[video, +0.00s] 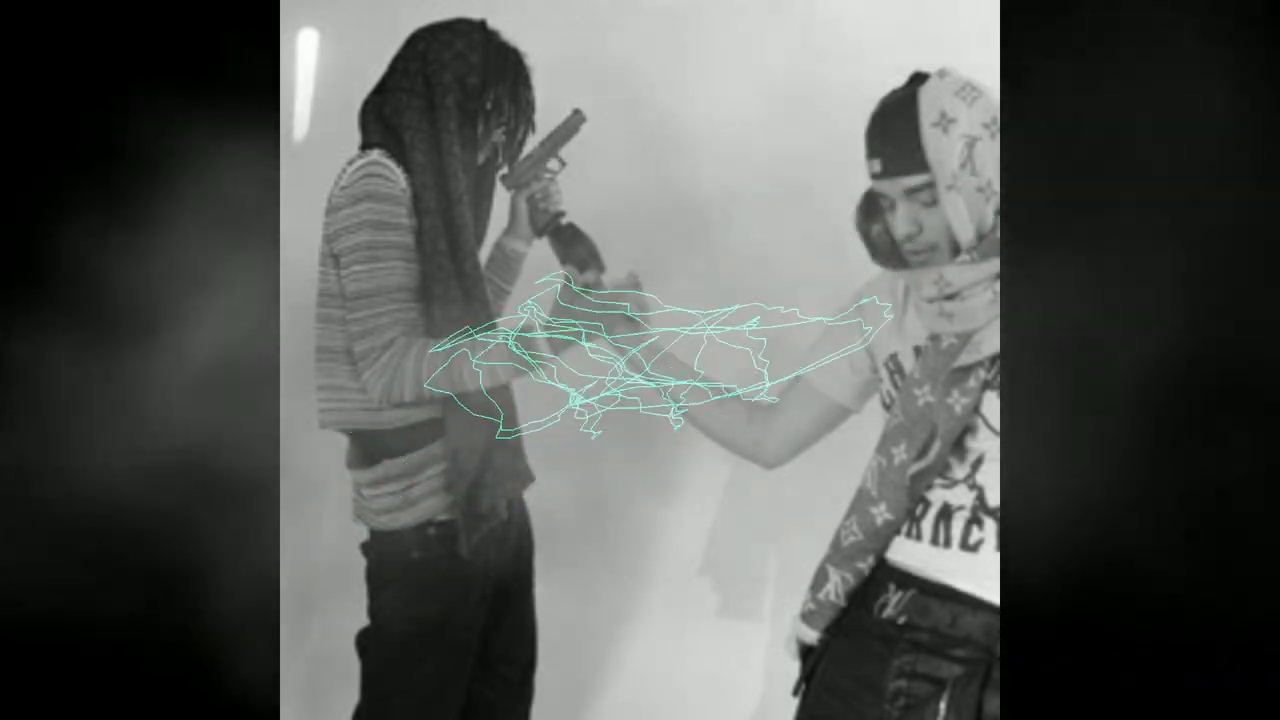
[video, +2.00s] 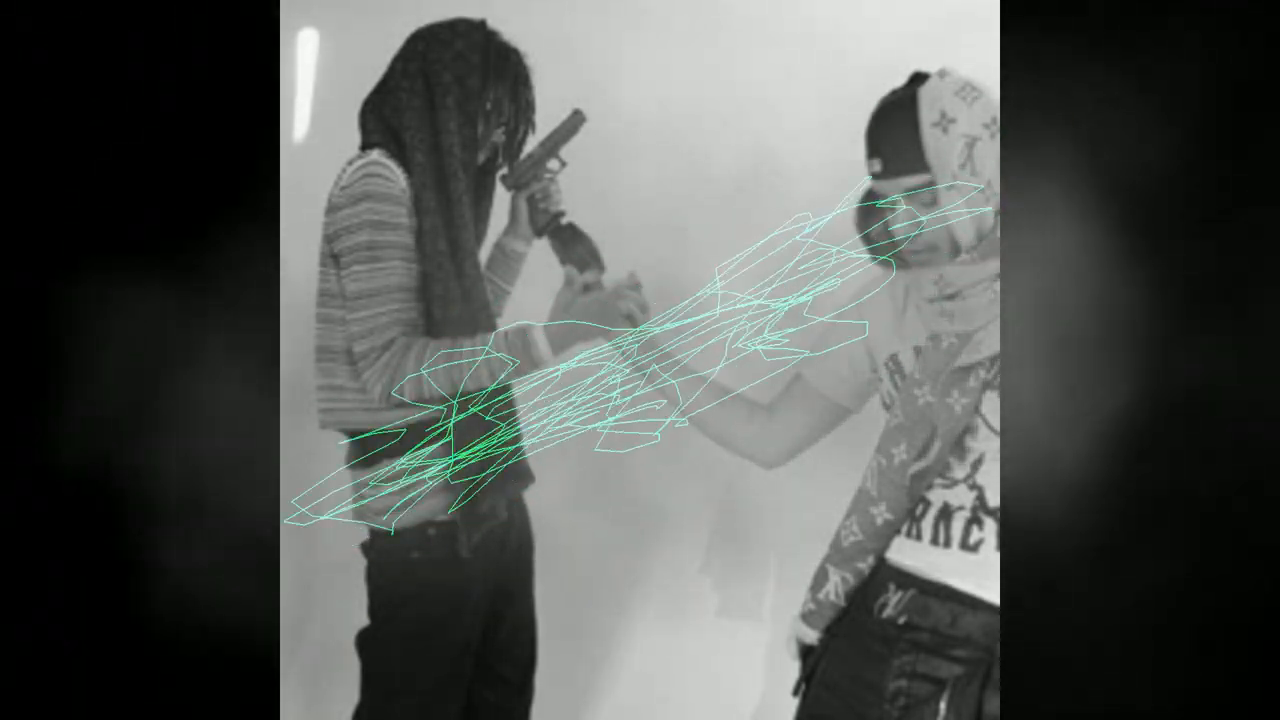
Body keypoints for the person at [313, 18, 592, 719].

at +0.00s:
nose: (499, 148)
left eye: (505, 127)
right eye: (492, 123)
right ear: (449, 108)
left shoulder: (427, 192)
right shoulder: (377, 182)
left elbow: (461, 333)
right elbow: (389, 371)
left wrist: (517, 236)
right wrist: (538, 343)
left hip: (488, 505)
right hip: (425, 522)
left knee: (500, 701)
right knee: (413, 705)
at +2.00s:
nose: (499, 143)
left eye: (506, 125)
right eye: (493, 119)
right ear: (449, 107)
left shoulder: (426, 192)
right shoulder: (377, 182)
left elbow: (461, 333)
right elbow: (390, 369)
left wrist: (519, 234)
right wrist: (553, 337)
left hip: (489, 506)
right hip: (425, 520)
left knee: (499, 702)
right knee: (411, 705)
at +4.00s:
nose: (497, 144)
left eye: (504, 125)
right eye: (492, 120)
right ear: (449, 106)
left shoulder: (427, 190)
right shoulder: (377, 183)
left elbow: (465, 336)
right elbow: (389, 370)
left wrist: (517, 234)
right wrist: (552, 337)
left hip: (488, 508)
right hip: (423, 524)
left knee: (499, 702)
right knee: (411, 707)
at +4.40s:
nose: (497, 143)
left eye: (504, 124)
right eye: (492, 119)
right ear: (449, 106)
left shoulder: (426, 189)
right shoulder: (377, 183)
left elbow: (463, 333)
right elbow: (389, 370)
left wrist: (517, 234)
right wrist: (544, 340)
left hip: (487, 498)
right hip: (422, 514)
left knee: (500, 699)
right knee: (410, 704)